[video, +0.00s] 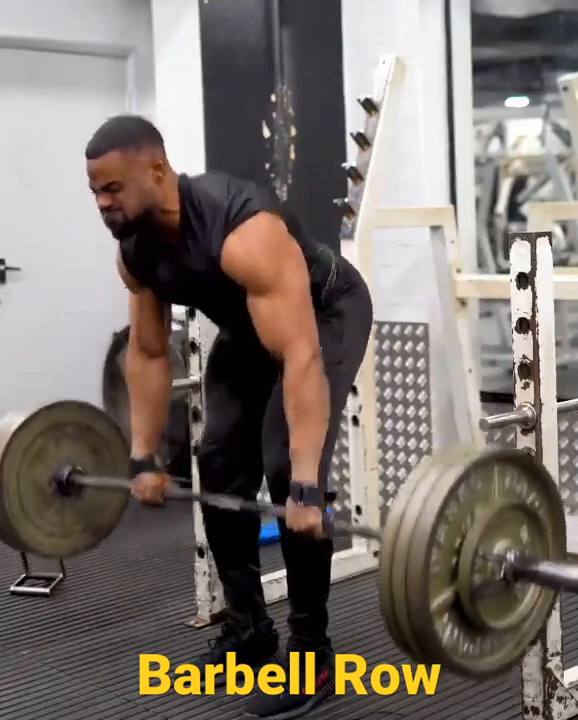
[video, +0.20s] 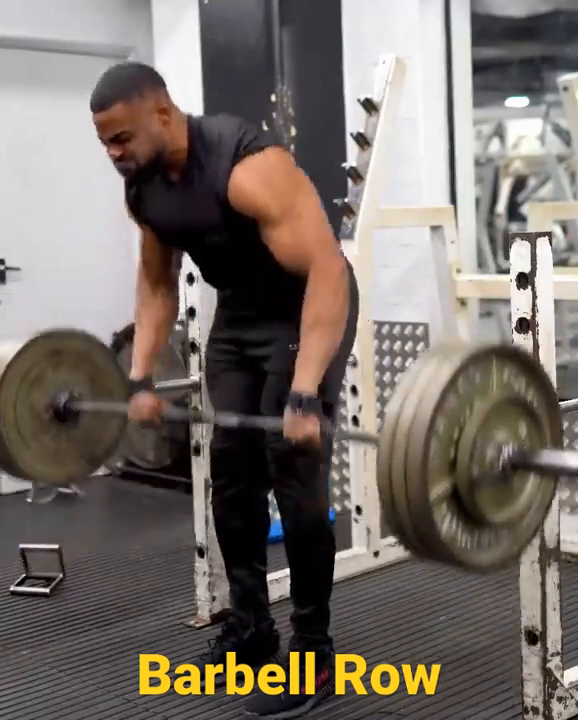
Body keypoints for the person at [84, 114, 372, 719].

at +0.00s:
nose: (103, 205)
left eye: (112, 188)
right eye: (96, 192)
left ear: (158, 169)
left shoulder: (246, 232)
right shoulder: (138, 253)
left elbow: (302, 356)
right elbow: (147, 352)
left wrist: (306, 485)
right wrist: (145, 455)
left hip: (325, 311)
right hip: (246, 323)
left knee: (290, 472)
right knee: (220, 467)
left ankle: (309, 649)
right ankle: (247, 628)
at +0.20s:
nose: (113, 154)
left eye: (121, 137)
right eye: (106, 142)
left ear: (166, 111)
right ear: (106, 134)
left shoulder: (251, 165)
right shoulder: (147, 188)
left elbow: (329, 269)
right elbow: (156, 285)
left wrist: (304, 392)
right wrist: (140, 376)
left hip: (305, 318)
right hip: (237, 324)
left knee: (296, 471)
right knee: (232, 468)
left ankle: (311, 649)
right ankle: (249, 625)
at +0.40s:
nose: (117, 136)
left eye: (123, 119)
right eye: (109, 125)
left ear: (167, 89)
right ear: (112, 114)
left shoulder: (252, 127)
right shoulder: (146, 152)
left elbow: (356, 201)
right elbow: (160, 220)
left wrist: (308, 303)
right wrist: (141, 292)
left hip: (295, 316)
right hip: (221, 320)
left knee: (291, 476)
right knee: (224, 478)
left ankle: (310, 651)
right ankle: (246, 630)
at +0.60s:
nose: (98, 185)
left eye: (102, 168)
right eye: (88, 173)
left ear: (141, 134)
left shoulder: (233, 155)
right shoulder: (133, 191)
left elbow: (355, 187)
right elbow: (159, 231)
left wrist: (311, 285)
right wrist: (143, 285)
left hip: (298, 320)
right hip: (226, 328)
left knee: (279, 470)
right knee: (211, 472)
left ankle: (309, 648)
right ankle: (246, 627)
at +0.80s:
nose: (114, 171)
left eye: (120, 153)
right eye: (105, 160)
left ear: (161, 122)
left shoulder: (252, 156)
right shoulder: (144, 180)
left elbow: (348, 233)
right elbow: (167, 242)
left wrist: (313, 339)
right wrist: (148, 324)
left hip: (300, 318)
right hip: (230, 322)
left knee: (292, 477)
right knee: (224, 481)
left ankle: (310, 649)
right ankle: (247, 626)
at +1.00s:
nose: (122, 181)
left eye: (127, 164)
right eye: (114, 170)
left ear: (169, 133)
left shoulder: (262, 177)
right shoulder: (153, 198)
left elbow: (337, 278)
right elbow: (161, 287)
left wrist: (317, 397)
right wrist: (149, 377)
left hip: (313, 327)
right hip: (242, 335)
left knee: (302, 480)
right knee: (227, 485)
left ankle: (311, 648)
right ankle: (248, 629)